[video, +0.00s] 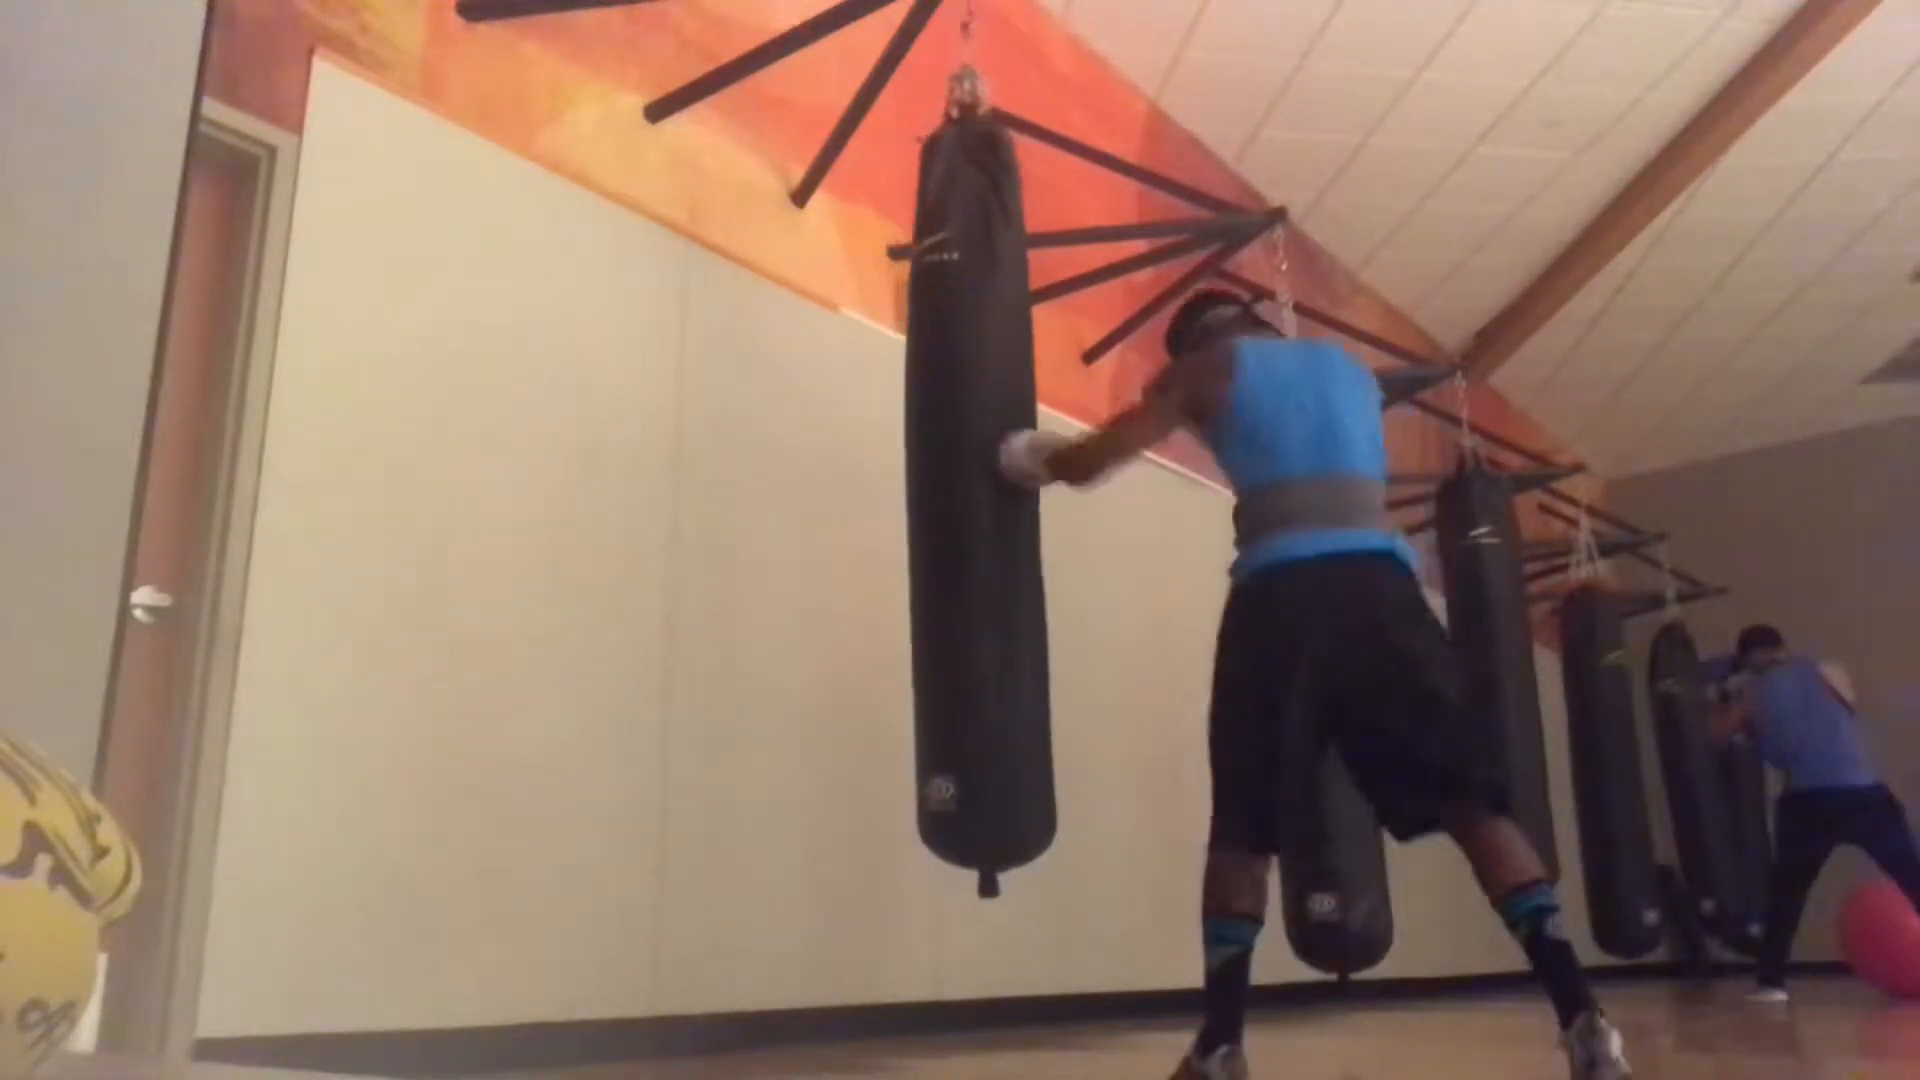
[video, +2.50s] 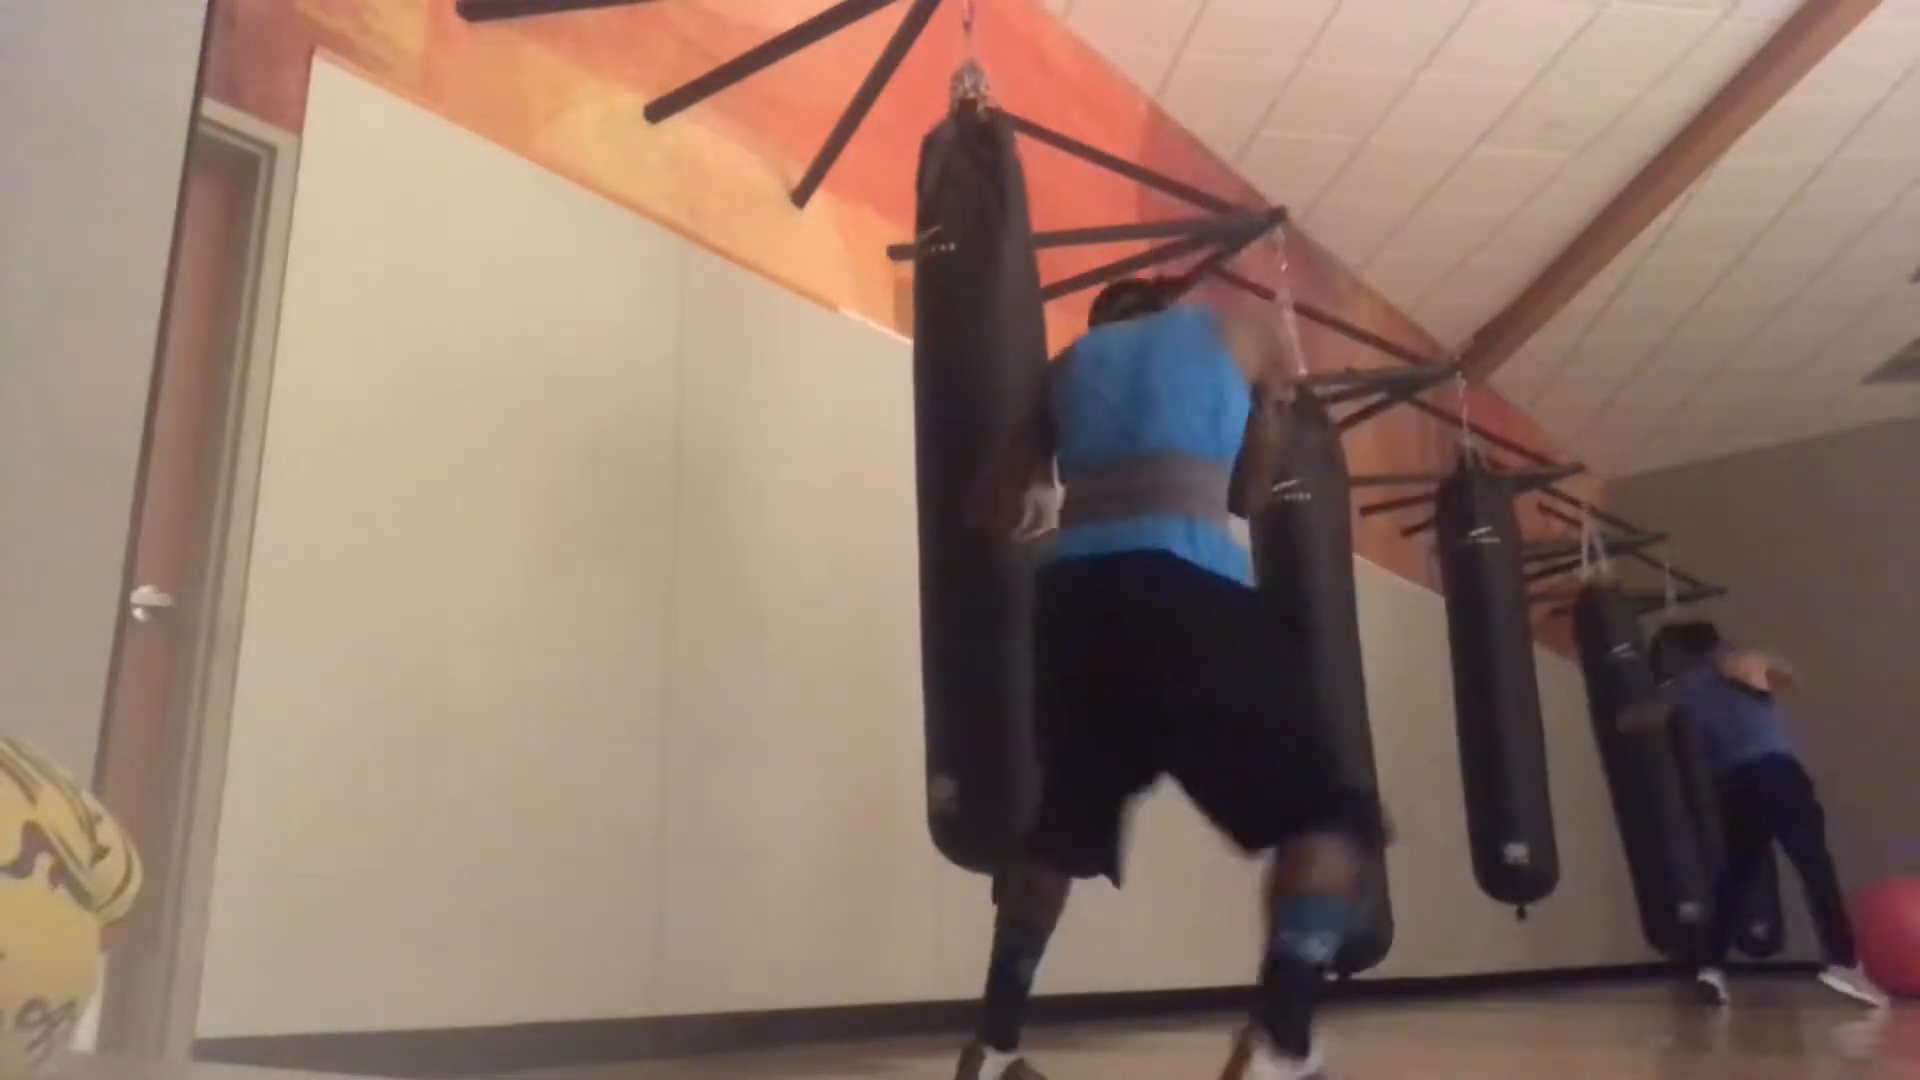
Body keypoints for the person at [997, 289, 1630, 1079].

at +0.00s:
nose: (1176, 380)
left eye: (1181, 365)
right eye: (1179, 371)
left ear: (1194, 347)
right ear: (1264, 323)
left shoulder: (1204, 366)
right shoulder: (1347, 366)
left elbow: (1088, 463)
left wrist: (1033, 456)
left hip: (1275, 612)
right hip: (1383, 599)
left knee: (1241, 827)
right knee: (1473, 805)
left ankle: (1221, 1041)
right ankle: (1582, 1016)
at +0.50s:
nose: (1242, 348)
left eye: (1242, 336)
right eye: (1240, 338)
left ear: (1255, 312)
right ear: (1314, 287)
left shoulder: (1276, 327)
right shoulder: (1419, 344)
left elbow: (1214, 453)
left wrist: (1162, 450)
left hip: (1320, 599)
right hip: (1442, 597)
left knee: (1241, 819)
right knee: (1496, 818)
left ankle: (1224, 1039)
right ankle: (1593, 1046)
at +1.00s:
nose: (1207, 311)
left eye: (1209, 298)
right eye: (1204, 302)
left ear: (1224, 274)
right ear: (1292, 248)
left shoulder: (1234, 295)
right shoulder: (1392, 300)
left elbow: (1148, 412)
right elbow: (1445, 366)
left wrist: (1108, 411)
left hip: (1284, 568)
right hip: (1413, 564)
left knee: (1236, 812)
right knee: (1486, 804)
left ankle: (1196, 1043)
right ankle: (1571, 1046)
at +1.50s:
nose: (1193, 268)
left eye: (1193, 253)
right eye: (1193, 254)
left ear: (1211, 231)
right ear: (1279, 214)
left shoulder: (1205, 254)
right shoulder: (1376, 260)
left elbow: (1060, 369)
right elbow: (1433, 359)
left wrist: (1012, 369)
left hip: (1256, 544)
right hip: (1390, 539)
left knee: (1215, 794)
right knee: (1458, 790)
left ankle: (1180, 1048)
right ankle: (1534, 1043)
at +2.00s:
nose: (1139, 264)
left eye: (1143, 250)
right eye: (1142, 252)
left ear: (1167, 237)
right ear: (1251, 226)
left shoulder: (1150, 266)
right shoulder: (1313, 269)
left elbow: (1030, 384)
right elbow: (1323, 395)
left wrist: (997, 382)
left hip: (1177, 539)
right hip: (1303, 536)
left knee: (1151, 798)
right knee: (1397, 786)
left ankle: (1127, 1051)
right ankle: (1441, 1028)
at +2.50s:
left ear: (1098, 325)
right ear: (1177, 309)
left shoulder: (1063, 372)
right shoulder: (1242, 327)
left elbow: (994, 513)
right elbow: (1253, 488)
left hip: (1075, 595)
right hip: (1196, 592)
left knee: (1061, 816)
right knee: (1315, 813)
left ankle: (994, 1042)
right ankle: (1282, 1041)